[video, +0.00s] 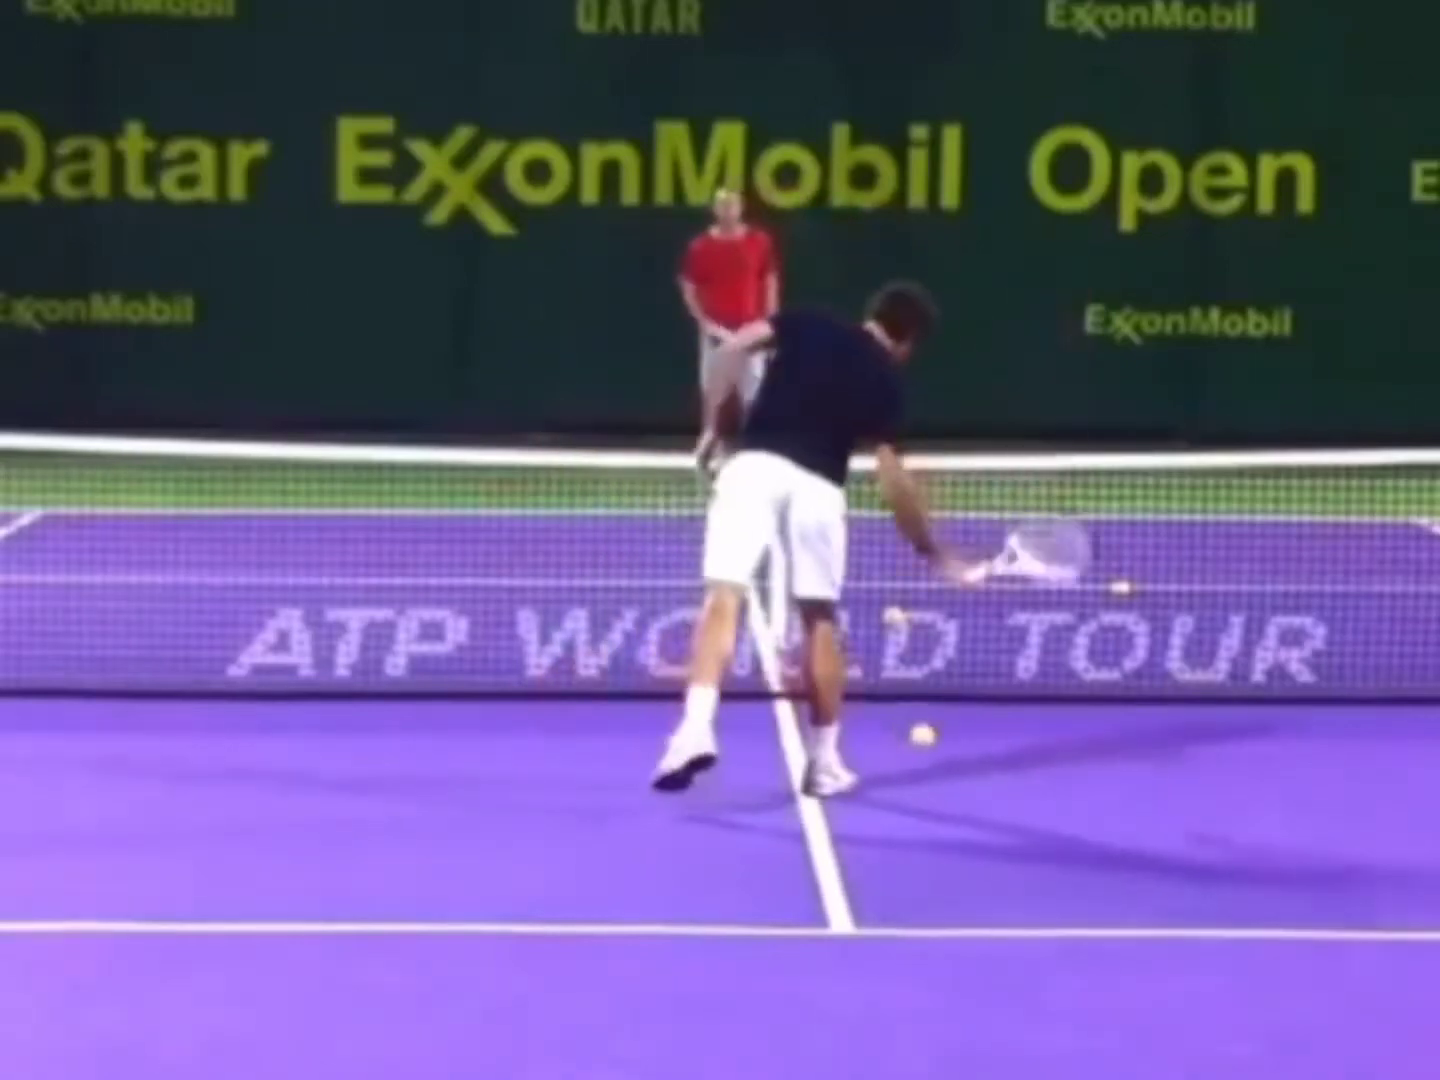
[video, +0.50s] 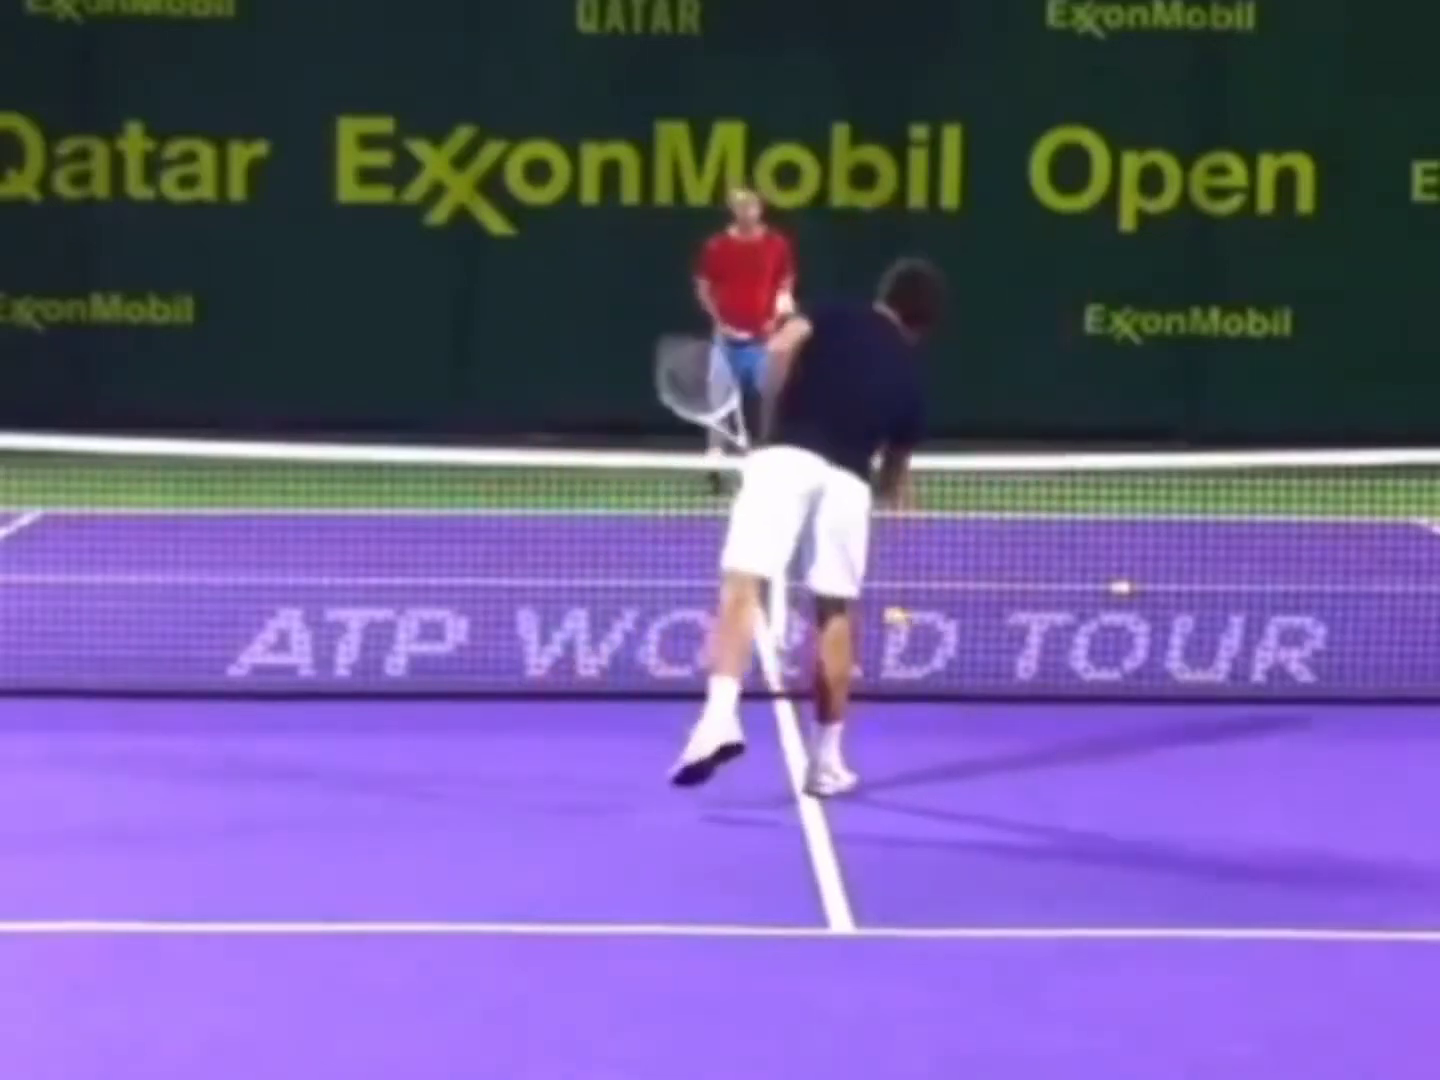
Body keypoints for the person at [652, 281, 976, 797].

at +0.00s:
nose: (910, 355)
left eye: (909, 345)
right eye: (912, 346)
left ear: (867, 314)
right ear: (906, 341)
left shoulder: (810, 324)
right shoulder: (885, 382)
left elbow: (730, 348)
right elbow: (893, 480)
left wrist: (716, 424)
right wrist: (933, 551)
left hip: (753, 469)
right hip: (817, 491)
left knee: (722, 599)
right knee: (821, 622)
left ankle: (697, 727)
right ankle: (824, 759)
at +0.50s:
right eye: (922, 319)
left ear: (880, 297)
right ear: (926, 325)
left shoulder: (837, 315)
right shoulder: (910, 377)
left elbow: (781, 347)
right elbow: (895, 468)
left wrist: (771, 427)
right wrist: (883, 492)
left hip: (784, 460)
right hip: (847, 484)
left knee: (742, 586)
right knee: (835, 616)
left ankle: (720, 713)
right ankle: (828, 757)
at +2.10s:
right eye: (844, 265)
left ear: (794, 264)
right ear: (849, 271)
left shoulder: (751, 327)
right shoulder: (867, 340)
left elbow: (710, 413)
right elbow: (899, 442)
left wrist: (757, 426)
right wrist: (870, 477)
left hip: (749, 511)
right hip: (826, 516)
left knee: (720, 655)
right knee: (848, 659)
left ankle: (694, 794)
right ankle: (859, 806)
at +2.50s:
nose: (779, 272)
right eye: (781, 263)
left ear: (725, 260)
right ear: (780, 270)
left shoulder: (675, 319)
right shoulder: (777, 338)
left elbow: (599, 392)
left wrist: (633, 452)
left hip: (666, 516)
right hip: (741, 522)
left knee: (672, 667)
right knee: (783, 660)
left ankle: (678, 818)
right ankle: (797, 813)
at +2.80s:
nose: (771, 281)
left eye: (765, 268)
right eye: (774, 272)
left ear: (714, 261)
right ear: (768, 277)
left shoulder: (659, 317)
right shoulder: (765, 348)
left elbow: (588, 389)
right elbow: (767, 446)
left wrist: (634, 424)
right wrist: (773, 453)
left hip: (646, 515)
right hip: (716, 522)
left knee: (659, 671)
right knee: (715, 672)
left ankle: (673, 813)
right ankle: (698, 812)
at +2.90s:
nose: (771, 285)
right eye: (773, 275)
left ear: (712, 263)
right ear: (769, 280)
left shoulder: (658, 318)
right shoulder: (766, 355)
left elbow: (587, 398)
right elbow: (755, 441)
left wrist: (636, 426)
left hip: (639, 520)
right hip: (711, 528)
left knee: (656, 673)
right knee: (708, 678)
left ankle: (673, 814)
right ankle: (693, 823)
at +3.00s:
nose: (765, 287)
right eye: (767, 278)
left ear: (707, 268)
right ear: (764, 285)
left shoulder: (654, 323)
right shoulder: (765, 358)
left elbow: (596, 408)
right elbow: (763, 450)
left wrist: (652, 413)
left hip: (633, 523)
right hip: (707, 530)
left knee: (649, 676)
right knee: (697, 683)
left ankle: (665, 811)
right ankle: (690, 827)